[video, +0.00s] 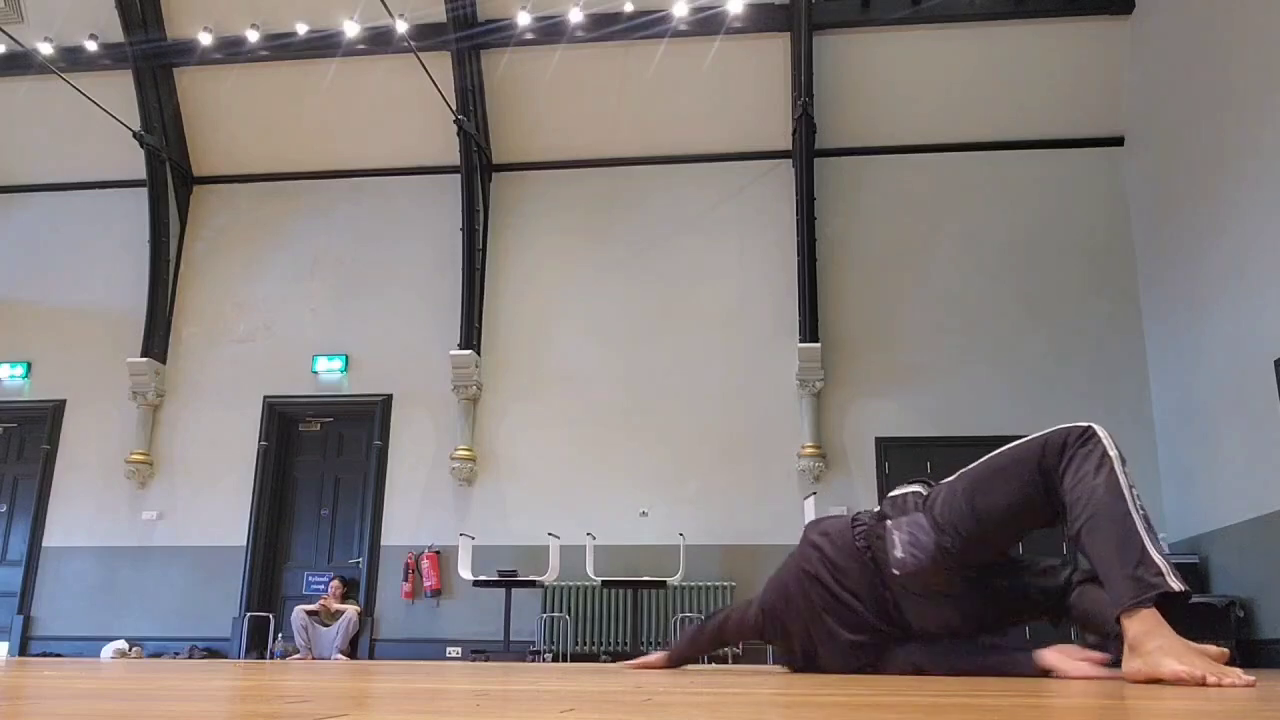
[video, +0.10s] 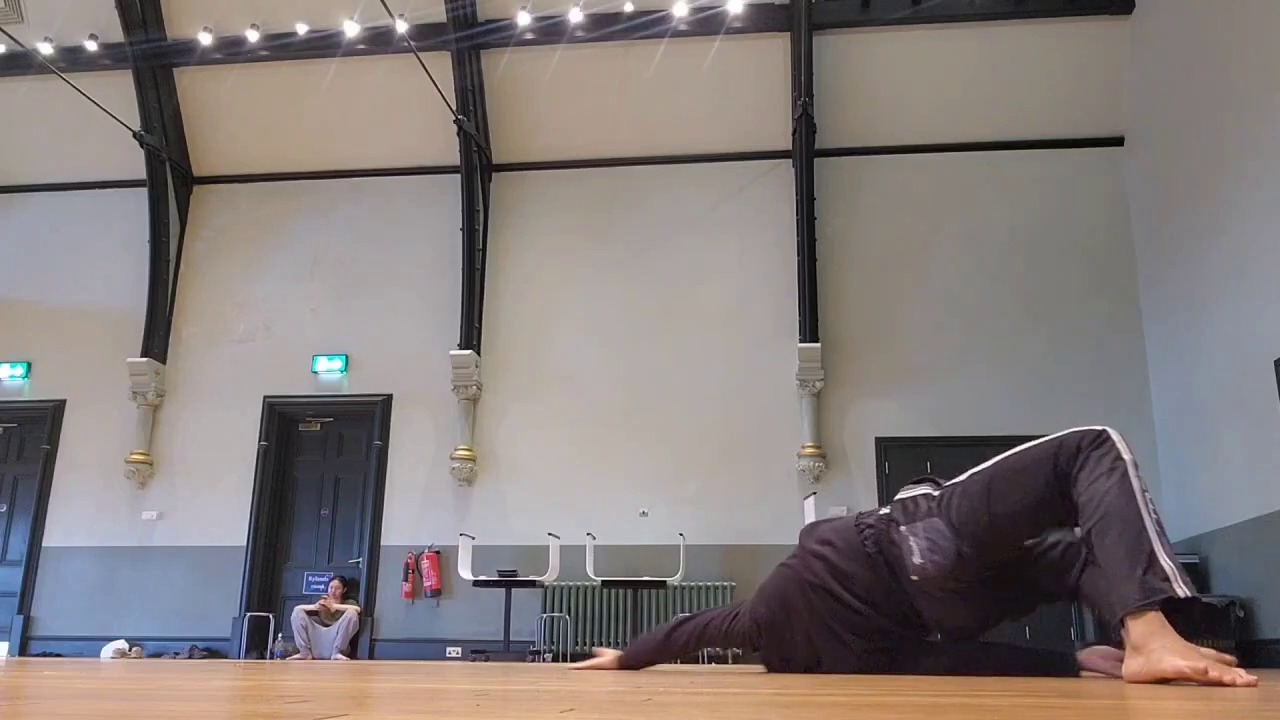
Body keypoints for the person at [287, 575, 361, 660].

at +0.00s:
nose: (333, 591)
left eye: (337, 588)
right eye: (331, 588)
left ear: (344, 590)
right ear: (328, 589)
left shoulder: (348, 602)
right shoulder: (323, 602)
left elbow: (357, 610)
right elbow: (297, 608)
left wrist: (334, 606)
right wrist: (316, 607)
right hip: (316, 637)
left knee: (352, 614)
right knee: (297, 612)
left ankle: (336, 653)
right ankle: (304, 653)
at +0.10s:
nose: (333, 591)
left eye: (337, 588)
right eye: (331, 588)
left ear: (344, 590)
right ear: (328, 589)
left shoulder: (348, 602)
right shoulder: (323, 602)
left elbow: (357, 610)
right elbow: (297, 608)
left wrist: (334, 606)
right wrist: (316, 607)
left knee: (352, 614)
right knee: (297, 612)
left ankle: (336, 653)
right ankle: (304, 652)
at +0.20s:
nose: (333, 591)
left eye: (337, 588)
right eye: (331, 588)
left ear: (344, 590)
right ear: (328, 589)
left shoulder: (349, 602)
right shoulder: (323, 602)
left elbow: (357, 610)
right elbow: (297, 608)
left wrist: (334, 606)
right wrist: (315, 607)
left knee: (352, 614)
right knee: (297, 612)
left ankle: (337, 653)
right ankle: (304, 653)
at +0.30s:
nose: (333, 591)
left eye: (337, 588)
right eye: (331, 588)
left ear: (343, 590)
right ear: (328, 589)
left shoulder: (349, 602)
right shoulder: (323, 602)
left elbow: (357, 610)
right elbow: (297, 608)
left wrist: (334, 606)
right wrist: (315, 607)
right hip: (316, 636)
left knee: (352, 614)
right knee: (297, 612)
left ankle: (336, 653)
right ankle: (304, 653)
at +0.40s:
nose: (333, 591)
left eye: (337, 588)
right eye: (331, 588)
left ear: (343, 590)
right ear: (328, 589)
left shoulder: (349, 602)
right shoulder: (323, 602)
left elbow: (357, 610)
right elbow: (297, 608)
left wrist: (334, 606)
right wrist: (315, 607)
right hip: (316, 636)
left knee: (352, 614)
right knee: (297, 612)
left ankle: (336, 653)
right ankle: (304, 653)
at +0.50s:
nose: (333, 591)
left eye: (337, 588)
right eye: (331, 588)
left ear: (343, 590)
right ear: (328, 589)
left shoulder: (349, 602)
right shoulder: (323, 602)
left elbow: (357, 610)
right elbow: (297, 608)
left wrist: (334, 606)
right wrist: (315, 607)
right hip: (316, 636)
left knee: (352, 614)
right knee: (297, 612)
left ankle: (336, 653)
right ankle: (304, 653)